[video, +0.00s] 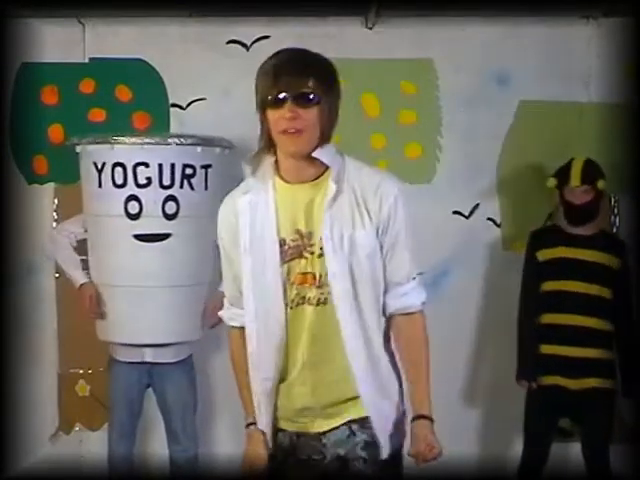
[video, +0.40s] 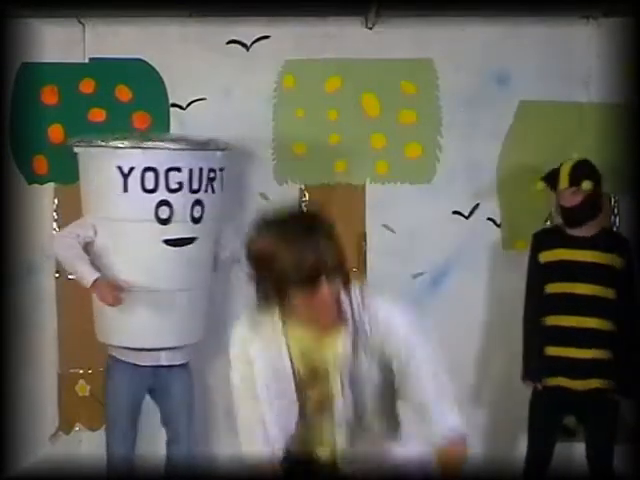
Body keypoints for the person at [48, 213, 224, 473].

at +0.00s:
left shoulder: (190, 227)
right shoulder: (110, 220)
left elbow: (239, 252)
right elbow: (59, 235)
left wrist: (223, 295)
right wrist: (82, 282)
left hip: (176, 355)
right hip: (125, 354)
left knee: (185, 448)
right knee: (120, 451)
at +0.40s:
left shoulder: (190, 232)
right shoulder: (112, 222)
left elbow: (234, 248)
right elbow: (63, 241)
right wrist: (95, 281)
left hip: (175, 359)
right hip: (125, 359)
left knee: (184, 448)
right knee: (120, 452)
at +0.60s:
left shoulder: (209, 221)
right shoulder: (132, 218)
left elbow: (251, 235)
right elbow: (87, 233)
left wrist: (280, 259)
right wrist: (112, 274)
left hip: (186, 355)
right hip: (138, 354)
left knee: (185, 452)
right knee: (138, 449)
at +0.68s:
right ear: (161, 178)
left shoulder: (211, 219)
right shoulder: (137, 213)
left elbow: (254, 236)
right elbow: (100, 236)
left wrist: (300, 259)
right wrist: (123, 267)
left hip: (188, 355)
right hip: (143, 355)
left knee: (188, 455)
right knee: (153, 450)